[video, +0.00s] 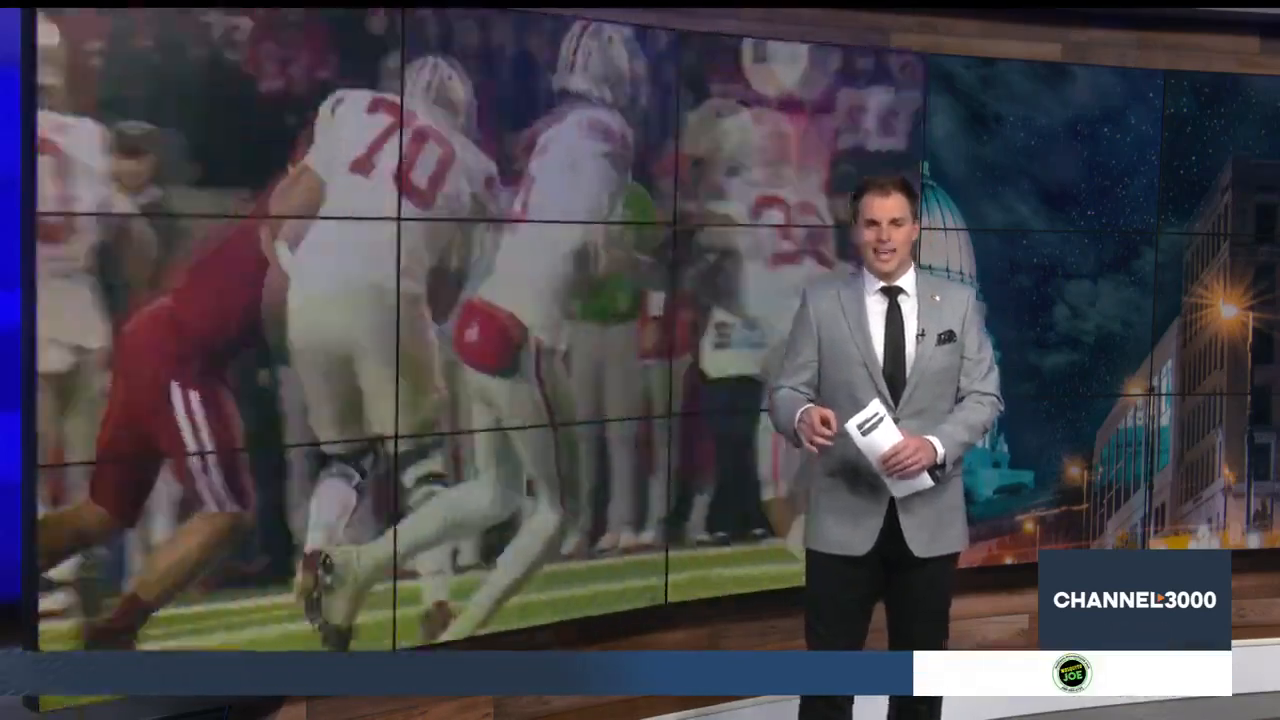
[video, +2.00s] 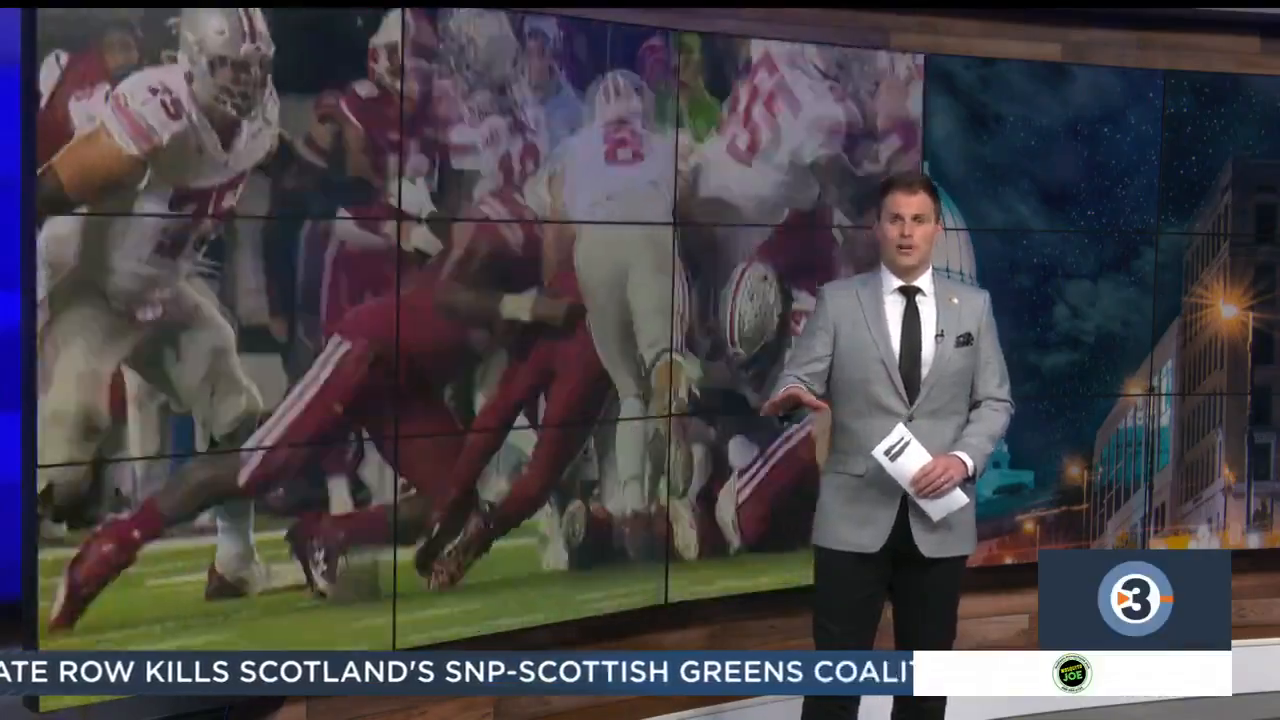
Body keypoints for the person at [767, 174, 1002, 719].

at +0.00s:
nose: (883, 236)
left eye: (896, 223)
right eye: (871, 224)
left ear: (916, 229)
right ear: (855, 230)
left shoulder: (959, 302)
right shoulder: (821, 302)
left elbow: (983, 399)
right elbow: (786, 392)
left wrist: (937, 444)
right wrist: (800, 415)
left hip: (928, 515)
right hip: (842, 515)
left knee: (922, 673)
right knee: (828, 673)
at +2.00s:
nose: (906, 233)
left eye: (919, 221)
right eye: (895, 220)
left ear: (937, 230)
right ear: (877, 228)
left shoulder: (972, 305)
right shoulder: (839, 301)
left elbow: (995, 402)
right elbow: (799, 378)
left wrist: (963, 457)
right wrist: (789, 398)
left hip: (938, 514)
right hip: (852, 512)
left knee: (928, 673)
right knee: (836, 671)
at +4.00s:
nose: (905, 236)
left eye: (916, 223)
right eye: (892, 223)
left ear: (932, 230)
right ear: (871, 231)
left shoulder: (971, 304)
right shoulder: (833, 304)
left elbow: (997, 402)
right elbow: (796, 394)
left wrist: (957, 465)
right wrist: (857, 429)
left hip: (939, 518)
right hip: (853, 515)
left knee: (929, 675)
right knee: (836, 673)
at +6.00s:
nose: (881, 233)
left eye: (894, 221)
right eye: (870, 222)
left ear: (916, 229)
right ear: (855, 230)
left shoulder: (957, 304)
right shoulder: (818, 301)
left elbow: (973, 402)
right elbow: (787, 395)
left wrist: (924, 443)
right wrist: (815, 418)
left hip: (921, 513)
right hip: (835, 512)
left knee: (918, 671)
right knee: (822, 670)